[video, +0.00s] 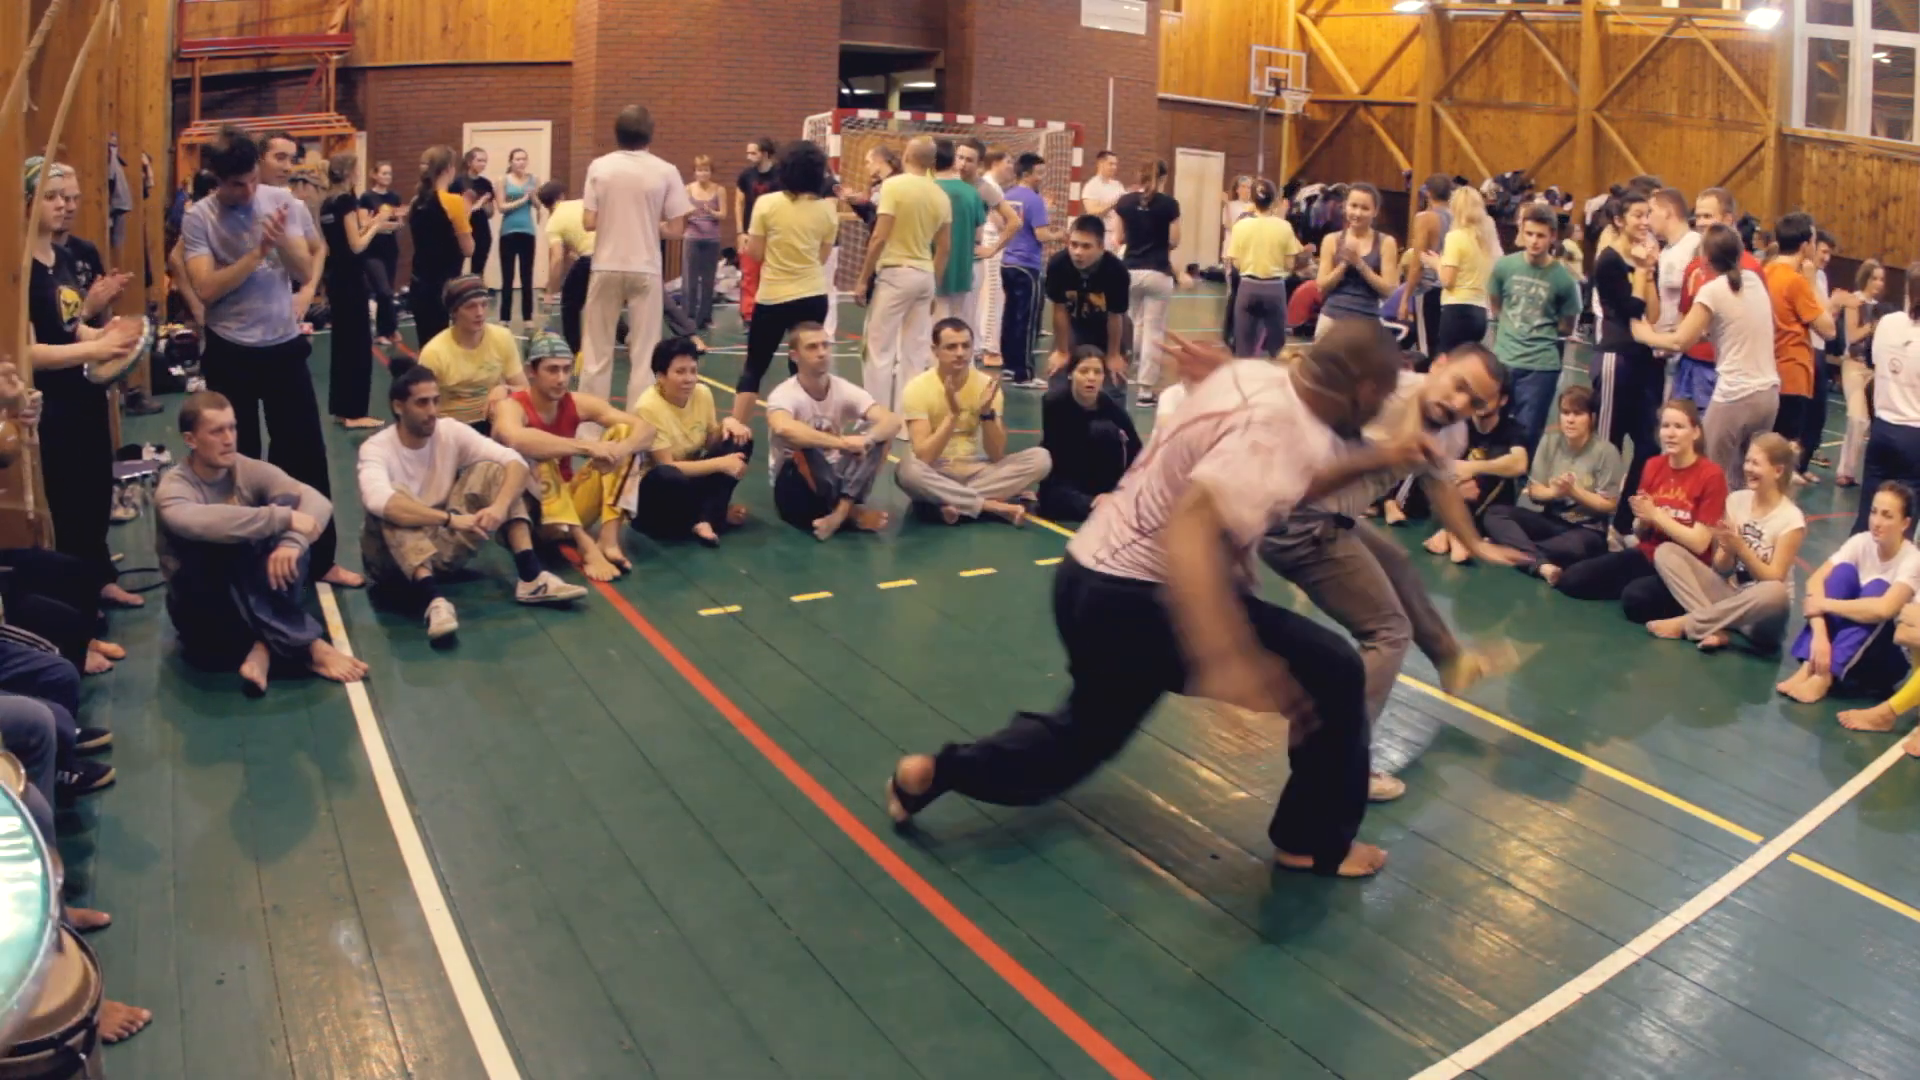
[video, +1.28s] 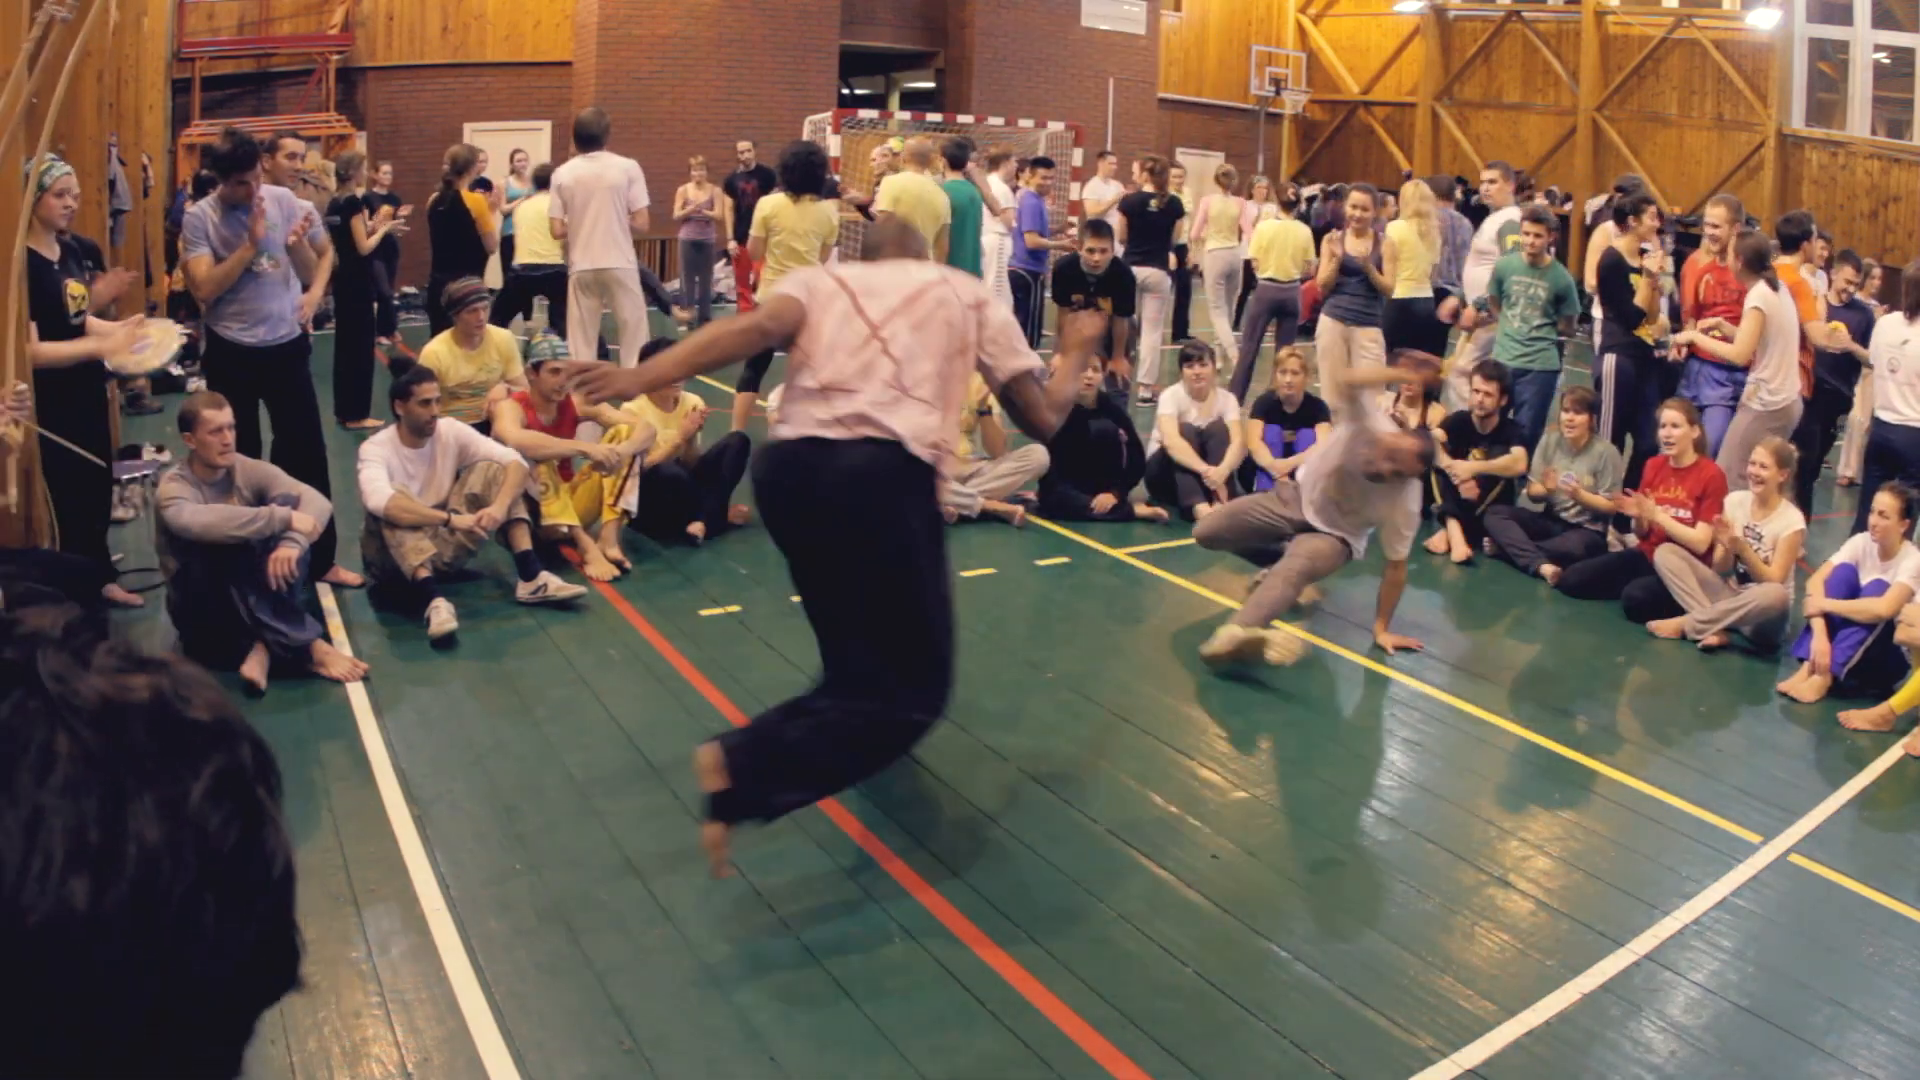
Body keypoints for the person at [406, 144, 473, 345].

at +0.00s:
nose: (455, 171)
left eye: (455, 167)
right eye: (454, 166)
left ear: (428, 168)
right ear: (449, 169)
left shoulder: (415, 204)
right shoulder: (453, 202)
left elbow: (420, 242)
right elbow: (468, 248)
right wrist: (465, 216)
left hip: (420, 281)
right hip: (446, 283)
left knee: (427, 346)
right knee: (445, 345)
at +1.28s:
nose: (480, 167)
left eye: (480, 162)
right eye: (478, 163)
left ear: (450, 166)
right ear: (471, 168)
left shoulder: (433, 201)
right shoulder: (476, 200)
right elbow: (491, 245)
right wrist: (496, 211)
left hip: (438, 283)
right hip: (469, 284)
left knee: (439, 345)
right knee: (467, 344)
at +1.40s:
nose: (481, 167)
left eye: (481, 162)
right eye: (479, 163)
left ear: (451, 166)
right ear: (472, 169)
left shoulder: (436, 201)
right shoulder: (480, 202)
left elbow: (438, 241)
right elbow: (488, 245)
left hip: (441, 279)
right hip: (470, 280)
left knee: (441, 339)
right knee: (469, 338)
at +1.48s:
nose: (484, 167)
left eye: (484, 163)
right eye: (482, 163)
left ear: (454, 165)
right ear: (474, 168)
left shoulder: (437, 200)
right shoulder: (480, 201)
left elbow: (440, 238)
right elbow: (494, 247)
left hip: (442, 278)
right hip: (472, 279)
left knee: (442, 338)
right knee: (471, 338)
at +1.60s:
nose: (485, 168)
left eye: (485, 163)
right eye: (483, 163)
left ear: (455, 165)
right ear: (478, 168)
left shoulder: (438, 200)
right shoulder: (481, 200)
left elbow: (444, 239)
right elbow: (499, 244)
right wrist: (497, 211)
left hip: (444, 280)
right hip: (474, 281)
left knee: (443, 340)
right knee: (472, 341)